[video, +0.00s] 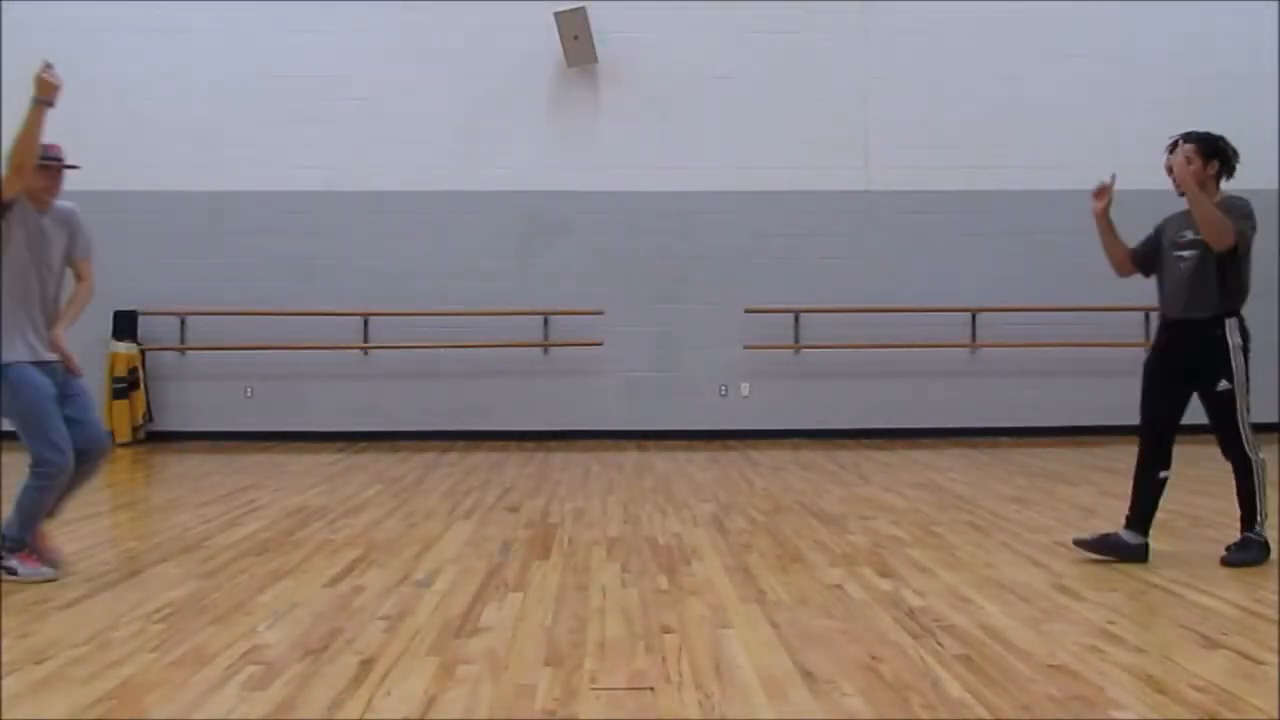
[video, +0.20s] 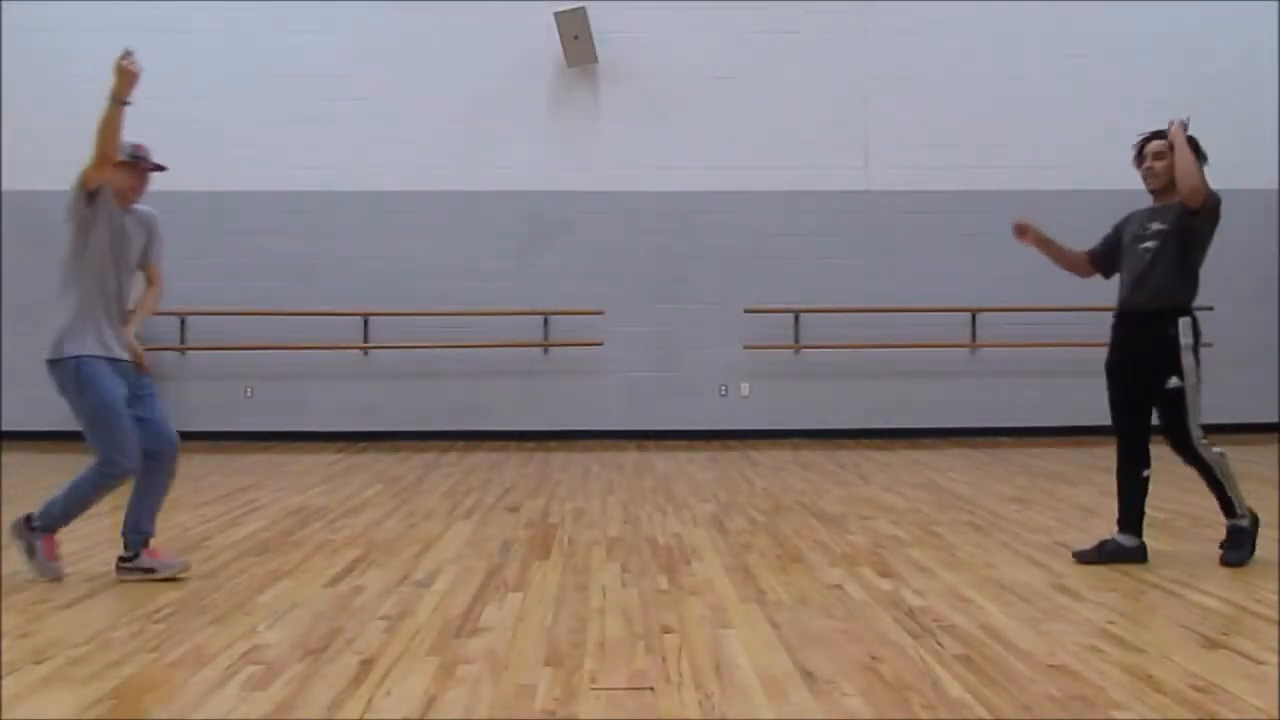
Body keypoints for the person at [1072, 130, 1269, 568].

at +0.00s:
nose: (1171, 168)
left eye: (1180, 160)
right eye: (1171, 161)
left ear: (1210, 167)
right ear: (1175, 171)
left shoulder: (1237, 210)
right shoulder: (1173, 224)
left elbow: (1223, 240)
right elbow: (1127, 265)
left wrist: (1191, 188)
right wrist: (1102, 219)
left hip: (1219, 339)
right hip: (1171, 340)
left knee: (1237, 441)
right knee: (1154, 438)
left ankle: (1255, 535)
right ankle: (1134, 535)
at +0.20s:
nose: (1149, 165)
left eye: (1159, 157)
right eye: (1143, 159)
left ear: (1182, 164)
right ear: (1138, 169)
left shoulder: (1198, 210)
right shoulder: (1133, 223)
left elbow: (1193, 191)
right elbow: (1087, 265)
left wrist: (1179, 139)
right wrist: (1040, 241)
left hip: (1170, 332)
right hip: (1128, 332)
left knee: (1184, 439)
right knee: (1129, 440)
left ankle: (1240, 520)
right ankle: (1129, 537)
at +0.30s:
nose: (1136, 162)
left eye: (1146, 154)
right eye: (1129, 157)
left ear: (1168, 164)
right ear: (1123, 170)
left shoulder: (1181, 213)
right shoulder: (1115, 222)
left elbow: (1179, 186)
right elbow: (1066, 261)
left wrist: (1162, 128)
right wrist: (1024, 233)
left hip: (1155, 330)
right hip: (1112, 330)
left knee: (1155, 438)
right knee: (1122, 440)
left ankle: (1218, 507)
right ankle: (1128, 537)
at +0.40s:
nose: (1121, 161)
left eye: (1132, 154)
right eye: (1115, 155)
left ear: (1154, 165)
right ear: (1108, 167)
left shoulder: (1163, 211)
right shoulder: (1096, 217)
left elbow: (1164, 185)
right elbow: (1041, 246)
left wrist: (1139, 128)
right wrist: (1015, 202)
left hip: (1141, 326)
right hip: (1100, 328)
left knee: (1128, 429)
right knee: (1111, 436)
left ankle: (1176, 520)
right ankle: (1127, 536)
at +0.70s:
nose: (1070, 163)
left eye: (1080, 155)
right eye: (1063, 156)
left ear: (1104, 167)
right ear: (1056, 171)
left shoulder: (1113, 215)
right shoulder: (1047, 218)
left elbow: (1110, 197)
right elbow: (990, 212)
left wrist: (1084, 141)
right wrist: (1003, 155)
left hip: (1096, 332)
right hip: (1059, 334)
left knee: (1067, 442)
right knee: (1094, 438)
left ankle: (1029, 544)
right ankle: (1127, 537)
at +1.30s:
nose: (958, 162)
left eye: (969, 153)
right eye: (953, 156)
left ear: (994, 162)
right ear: (949, 164)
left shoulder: (1008, 206)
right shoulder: (942, 212)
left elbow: (993, 231)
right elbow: (890, 203)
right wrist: (909, 143)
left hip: (988, 332)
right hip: (947, 332)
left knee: (1001, 444)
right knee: (919, 436)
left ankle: (1011, 549)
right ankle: (885, 540)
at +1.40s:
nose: (937, 164)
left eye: (947, 156)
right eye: (932, 158)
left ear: (972, 164)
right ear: (926, 167)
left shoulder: (986, 212)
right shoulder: (923, 216)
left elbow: (976, 263)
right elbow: (868, 216)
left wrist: (913, 260)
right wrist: (891, 158)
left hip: (965, 335)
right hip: (922, 335)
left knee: (977, 442)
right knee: (896, 438)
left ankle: (1008, 547)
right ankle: (876, 544)